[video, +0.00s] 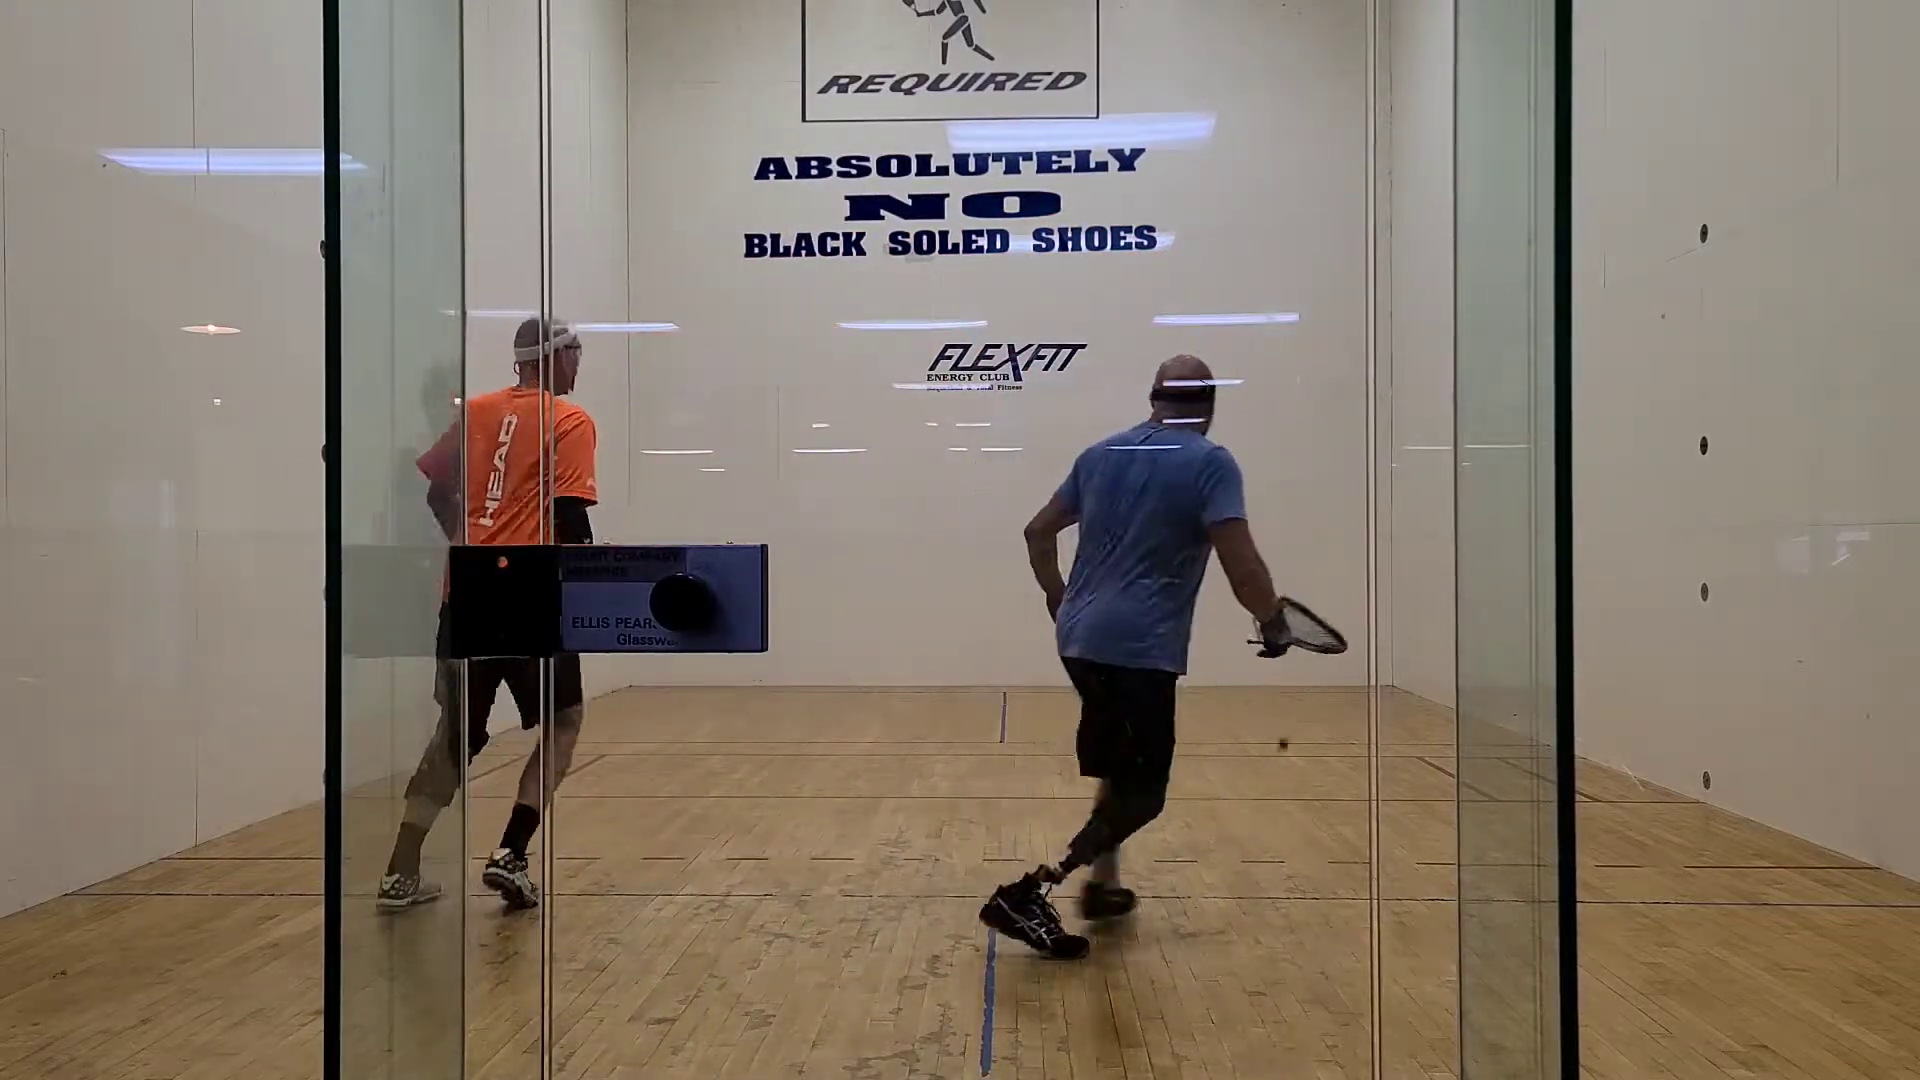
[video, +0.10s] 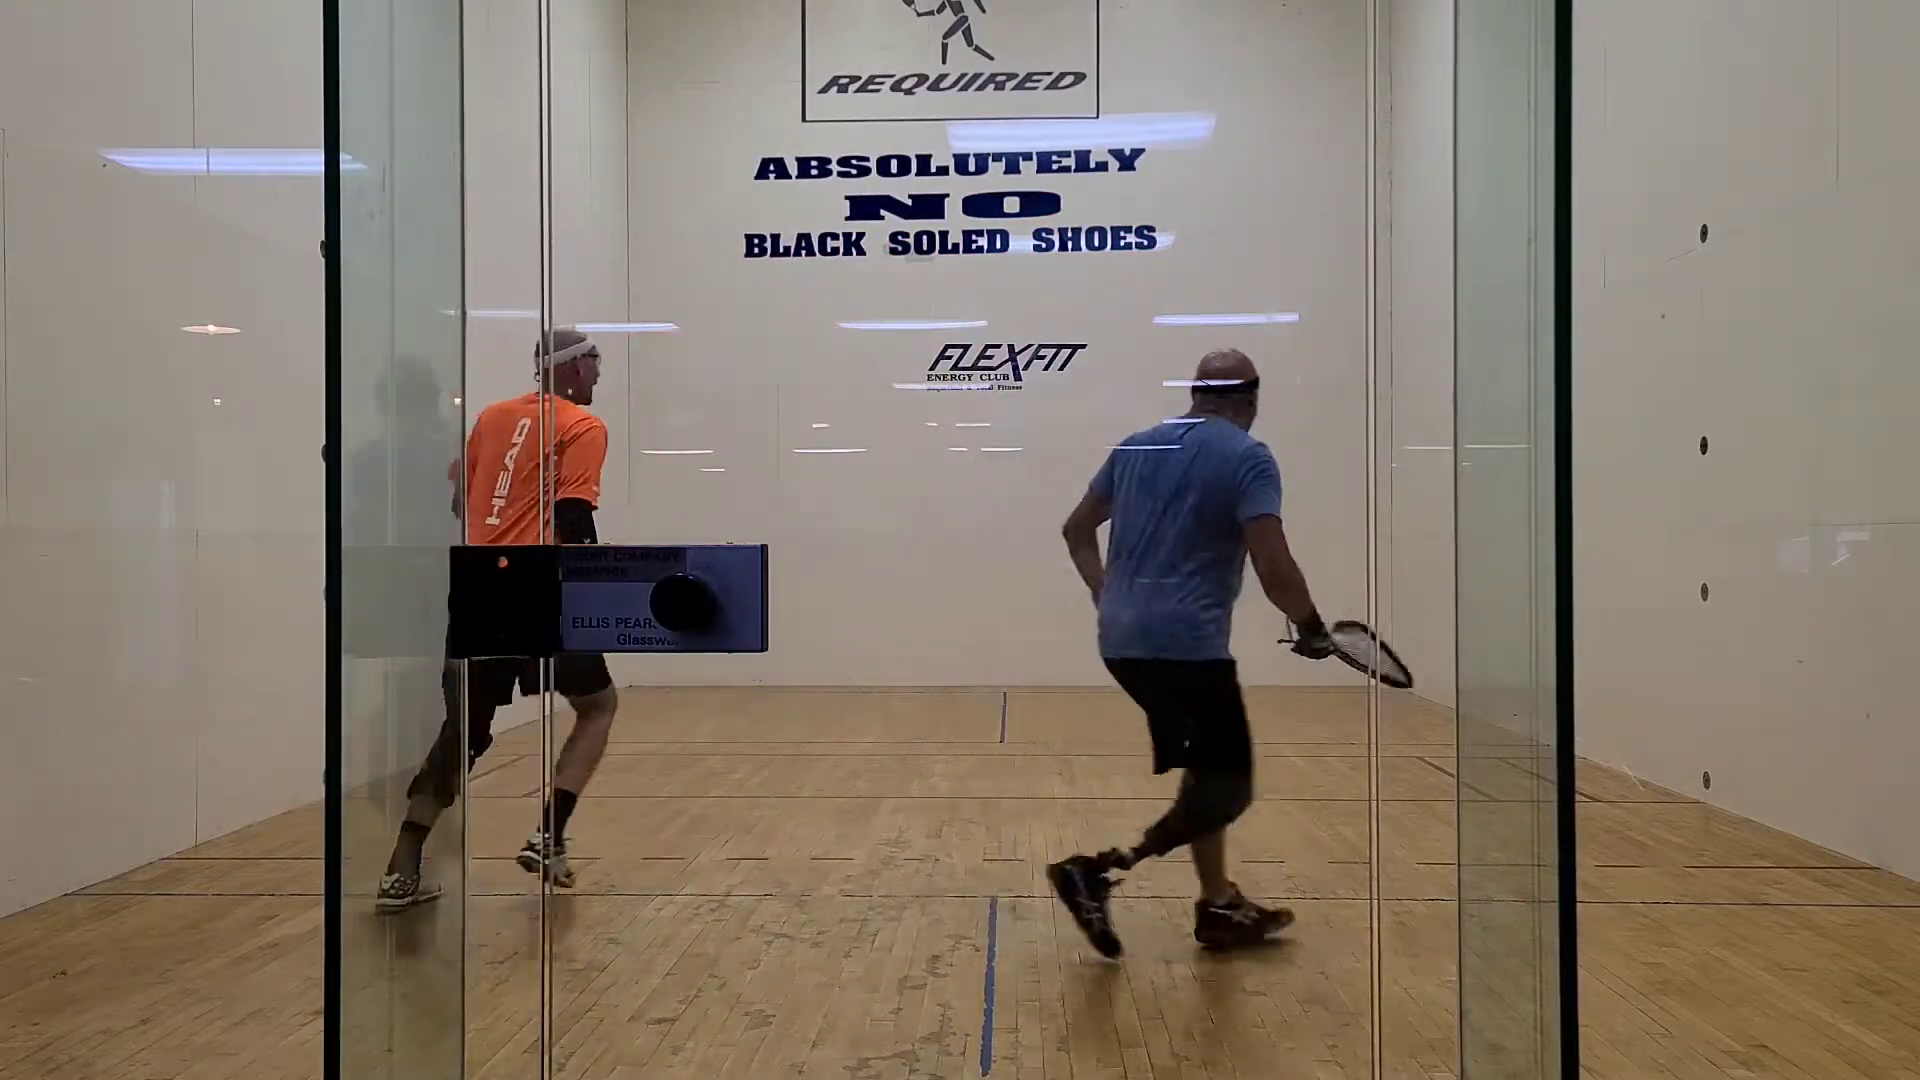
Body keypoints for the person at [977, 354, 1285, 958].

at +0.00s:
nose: (1206, 412)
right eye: (1208, 403)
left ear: (1153, 402)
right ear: (1209, 405)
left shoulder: (1101, 455)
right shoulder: (1210, 462)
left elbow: (1039, 531)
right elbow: (1240, 562)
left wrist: (1056, 595)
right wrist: (1271, 620)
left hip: (1077, 639)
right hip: (1142, 649)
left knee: (1115, 761)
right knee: (1143, 794)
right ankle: (1034, 891)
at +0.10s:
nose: (1255, 409)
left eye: (1249, 399)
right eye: (1255, 399)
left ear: (1196, 396)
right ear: (1249, 398)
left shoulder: (1139, 445)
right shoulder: (1247, 457)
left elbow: (1078, 528)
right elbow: (1273, 565)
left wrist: (1109, 597)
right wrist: (1310, 626)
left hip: (1122, 642)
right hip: (1189, 646)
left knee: (1205, 766)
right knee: (1231, 788)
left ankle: (1219, 903)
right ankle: (1101, 872)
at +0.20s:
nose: (1295, 415)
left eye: (1293, 405)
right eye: (1293, 405)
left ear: (1232, 407)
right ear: (1283, 407)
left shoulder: (1179, 465)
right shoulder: (1279, 469)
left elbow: (1132, 555)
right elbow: (1302, 575)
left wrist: (1182, 606)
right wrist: (1349, 631)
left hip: (1171, 663)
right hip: (1237, 661)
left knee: (1254, 769)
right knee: (1325, 789)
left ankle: (1236, 907)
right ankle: (1257, 888)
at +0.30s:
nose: (1337, 418)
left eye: (1335, 407)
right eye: (1336, 407)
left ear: (1271, 408)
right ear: (1326, 407)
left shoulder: (1230, 470)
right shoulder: (1319, 472)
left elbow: (1203, 572)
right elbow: (1340, 582)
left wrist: (1288, 596)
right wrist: (1404, 628)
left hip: (1216, 669)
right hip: (1285, 672)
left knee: (1273, 772)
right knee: (1401, 793)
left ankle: (1237, 912)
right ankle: (1399, 943)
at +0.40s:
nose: (1390, 388)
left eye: (1385, 378)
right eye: (1387, 377)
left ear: (1317, 386)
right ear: (1374, 381)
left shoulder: (1277, 453)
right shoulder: (1374, 446)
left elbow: (1259, 565)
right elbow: (1395, 554)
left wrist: (1359, 571)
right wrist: (1465, 605)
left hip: (1279, 659)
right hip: (1349, 664)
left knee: (1301, 771)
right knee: (1444, 793)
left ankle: (1248, 903)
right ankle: (1430, 980)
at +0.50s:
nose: (1446, 359)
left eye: (1442, 348)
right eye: (1441, 348)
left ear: (1374, 359)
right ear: (1427, 350)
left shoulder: (1333, 433)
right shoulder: (1432, 415)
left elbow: (1315, 549)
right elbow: (1466, 530)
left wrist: (1405, 559)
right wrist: (1537, 572)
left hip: (1328, 655)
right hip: (1409, 658)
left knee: (1365, 779)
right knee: (1486, 814)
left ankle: (1313, 924)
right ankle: (1440, 984)